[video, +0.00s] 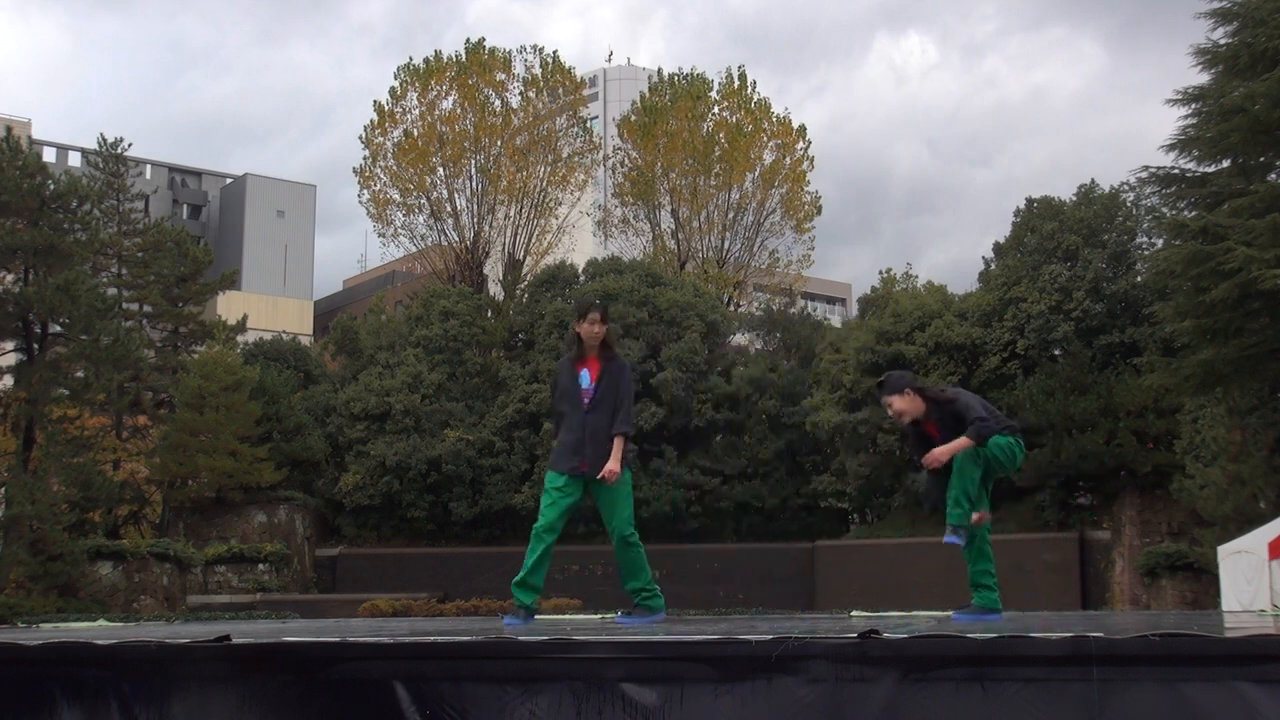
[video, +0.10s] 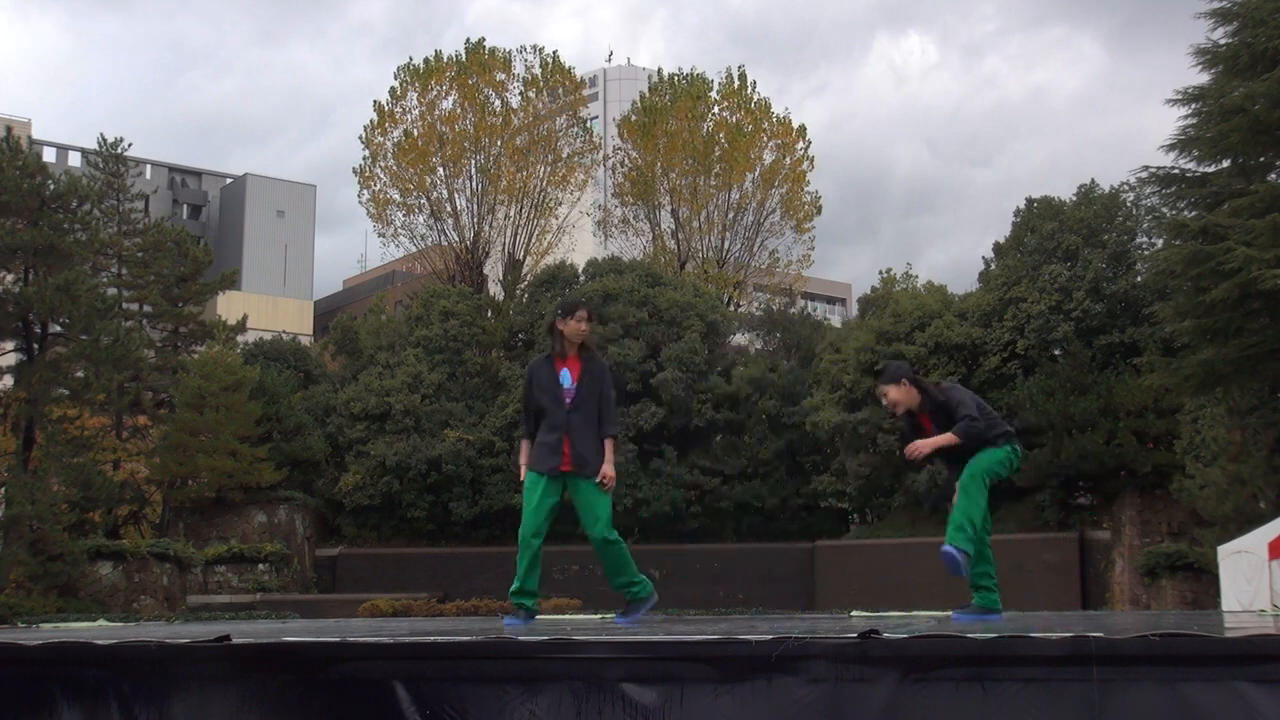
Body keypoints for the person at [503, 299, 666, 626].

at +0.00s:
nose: (596, 329)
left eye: (600, 323)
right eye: (589, 323)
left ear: (606, 328)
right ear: (577, 327)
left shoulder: (618, 367)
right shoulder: (564, 367)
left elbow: (624, 415)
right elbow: (558, 414)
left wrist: (615, 457)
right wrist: (563, 449)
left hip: (608, 463)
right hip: (566, 462)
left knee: (623, 533)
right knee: (544, 528)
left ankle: (649, 603)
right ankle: (523, 605)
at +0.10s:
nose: (583, 326)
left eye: (586, 321)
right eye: (576, 320)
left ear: (589, 327)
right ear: (559, 324)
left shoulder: (598, 368)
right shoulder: (538, 368)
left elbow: (607, 416)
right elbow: (529, 419)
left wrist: (609, 460)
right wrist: (524, 463)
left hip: (587, 466)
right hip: (544, 465)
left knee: (600, 534)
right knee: (529, 534)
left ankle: (640, 593)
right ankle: (524, 606)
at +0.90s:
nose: (504, 308)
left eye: (510, 306)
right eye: (500, 301)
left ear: (512, 316)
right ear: (484, 305)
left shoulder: (517, 353)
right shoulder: (461, 354)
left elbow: (521, 406)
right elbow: (457, 405)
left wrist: (518, 451)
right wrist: (455, 441)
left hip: (496, 455)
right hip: (462, 452)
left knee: (487, 530)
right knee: (437, 518)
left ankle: (486, 605)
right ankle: (468, 594)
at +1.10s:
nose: (472, 311)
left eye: (482, 309)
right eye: (472, 305)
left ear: (495, 321)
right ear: (466, 309)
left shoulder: (503, 353)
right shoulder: (449, 349)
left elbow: (507, 404)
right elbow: (439, 404)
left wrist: (504, 449)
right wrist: (433, 448)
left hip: (484, 453)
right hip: (446, 450)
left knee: (484, 530)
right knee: (427, 525)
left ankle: (484, 606)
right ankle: (412, 603)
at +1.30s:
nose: (445, 320)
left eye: (452, 318)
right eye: (445, 314)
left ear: (471, 322)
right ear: (443, 313)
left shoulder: (487, 354)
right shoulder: (430, 352)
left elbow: (492, 405)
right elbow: (419, 404)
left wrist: (488, 450)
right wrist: (413, 452)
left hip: (467, 456)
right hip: (428, 453)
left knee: (475, 532)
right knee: (416, 531)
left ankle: (483, 606)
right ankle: (405, 607)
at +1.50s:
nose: (425, 326)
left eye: (432, 321)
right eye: (422, 320)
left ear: (448, 320)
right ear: (417, 318)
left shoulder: (470, 355)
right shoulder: (410, 356)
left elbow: (477, 408)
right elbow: (396, 410)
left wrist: (471, 452)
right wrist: (393, 456)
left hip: (451, 455)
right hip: (410, 456)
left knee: (453, 527)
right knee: (405, 531)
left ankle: (476, 604)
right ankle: (404, 607)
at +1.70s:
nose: (423, 325)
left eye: (429, 319)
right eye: (417, 319)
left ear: (442, 316)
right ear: (409, 317)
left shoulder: (462, 351)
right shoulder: (400, 356)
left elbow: (473, 401)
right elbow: (392, 410)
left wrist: (475, 444)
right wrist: (392, 456)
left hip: (453, 451)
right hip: (410, 453)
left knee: (467, 521)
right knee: (405, 530)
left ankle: (496, 599)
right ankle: (403, 607)